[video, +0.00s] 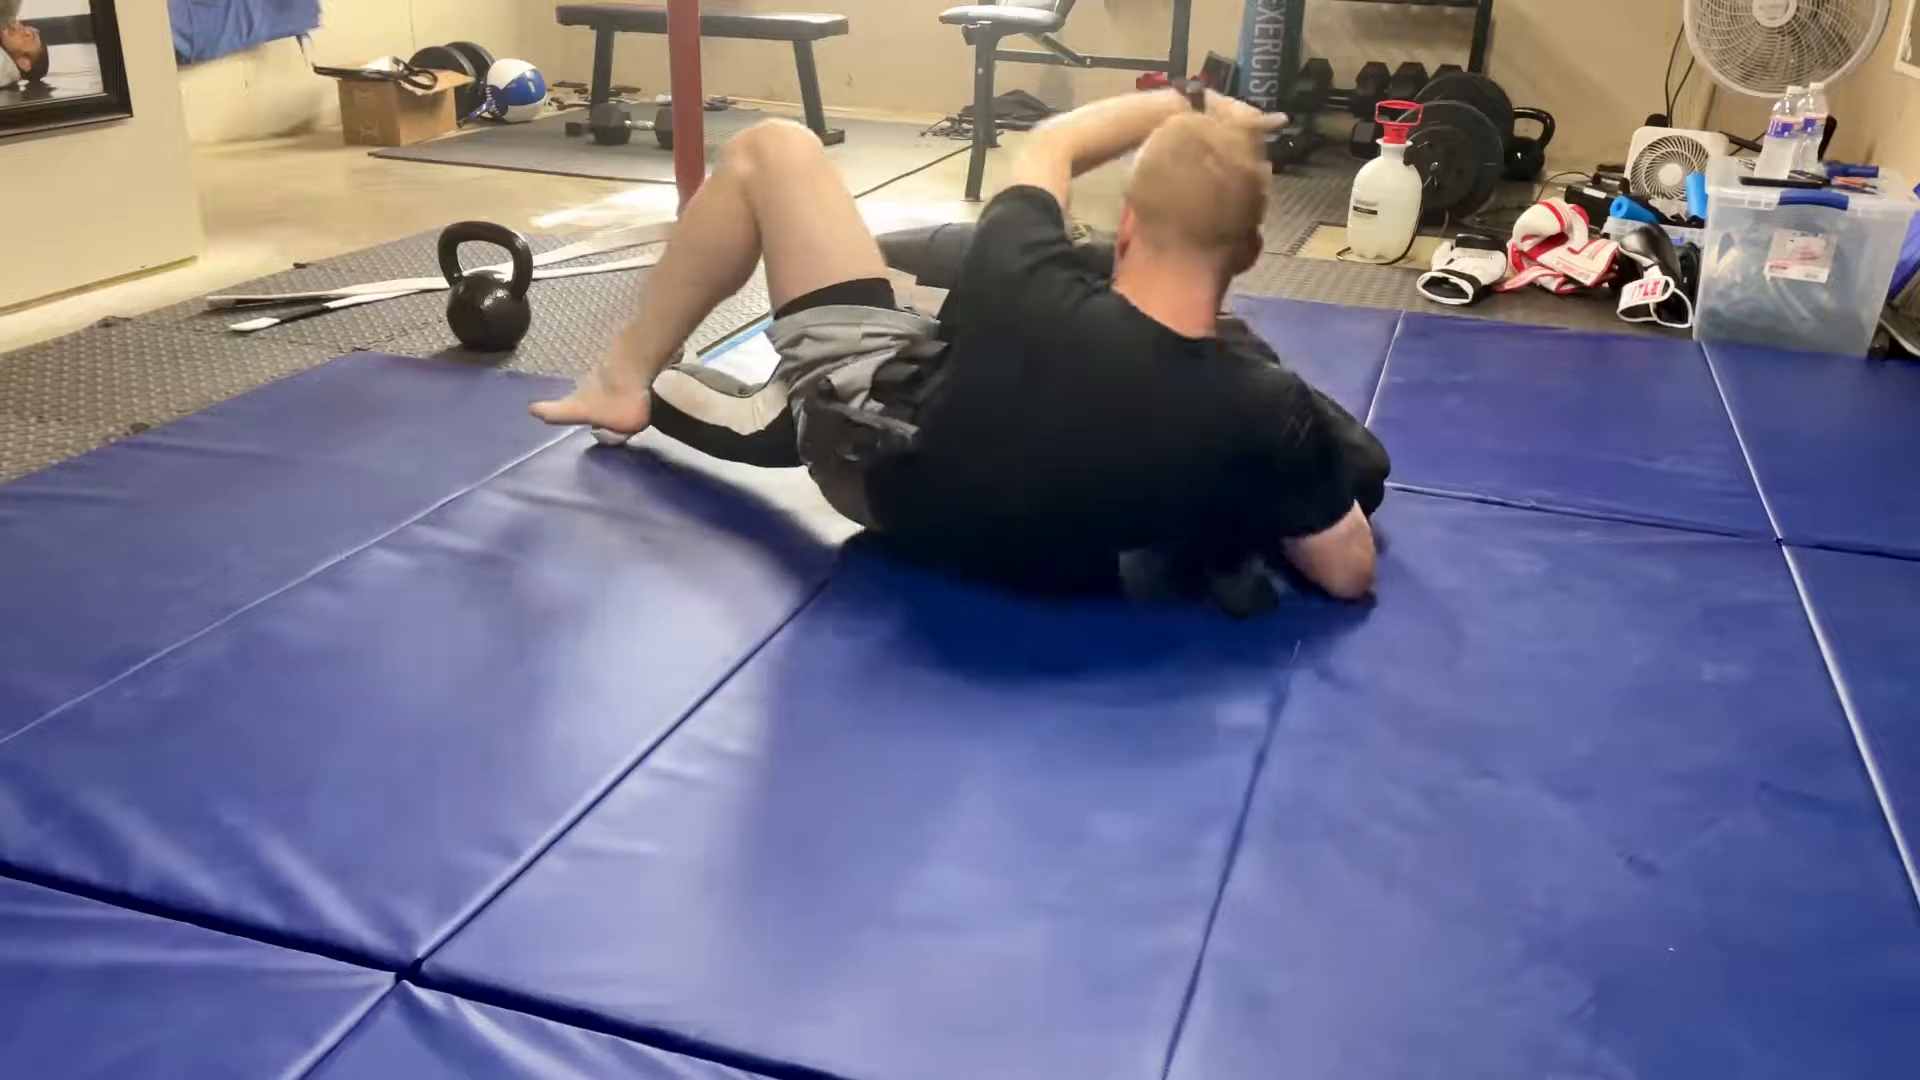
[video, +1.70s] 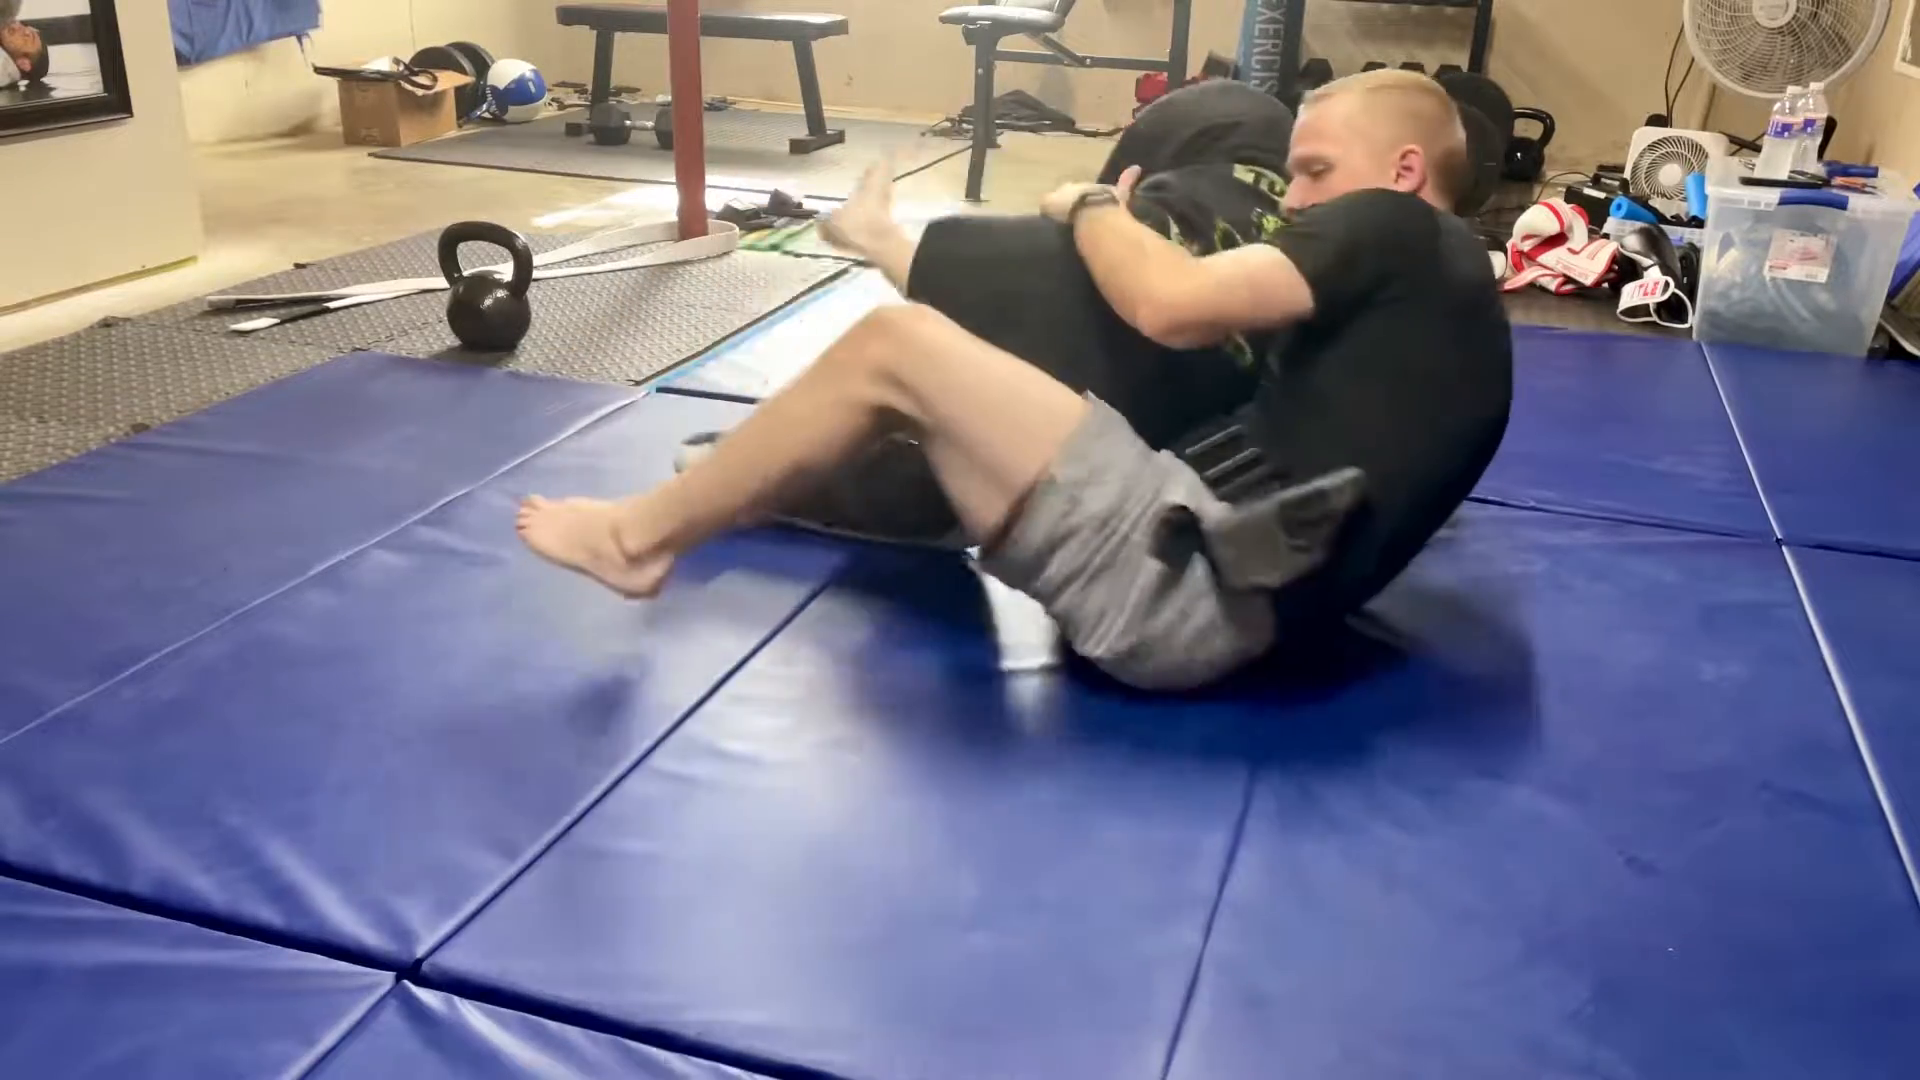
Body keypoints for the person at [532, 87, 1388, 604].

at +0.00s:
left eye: (1132, 187)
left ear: (1125, 218)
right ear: (1249, 257)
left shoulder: (1027, 276)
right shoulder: (1268, 416)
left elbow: (1054, 143)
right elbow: (1349, 575)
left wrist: (1176, 99)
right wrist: (1268, 476)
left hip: (884, 472)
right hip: (1046, 560)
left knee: (773, 147)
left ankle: (623, 380)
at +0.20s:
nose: (1114, 144)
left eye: (1123, 135)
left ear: (1122, 147)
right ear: (1243, 182)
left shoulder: (1018, 197)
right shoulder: (1268, 356)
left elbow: (1004, 140)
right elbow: (1291, 564)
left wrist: (1075, 149)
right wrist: (1214, 467)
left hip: (877, 467)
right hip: (1009, 540)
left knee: (756, 158)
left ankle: (663, 419)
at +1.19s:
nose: (1204, 189)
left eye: (1211, 175)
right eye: (1213, 172)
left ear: (1220, 202)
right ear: (1339, 237)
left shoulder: (1090, 285)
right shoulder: (1355, 409)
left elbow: (997, 186)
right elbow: (1283, 573)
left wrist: (1055, 127)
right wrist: (1238, 499)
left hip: (941, 480)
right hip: (1109, 538)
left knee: (763, 168)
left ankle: (726, 468)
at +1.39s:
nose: (1263, 200)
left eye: (1277, 183)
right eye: (1278, 180)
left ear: (1304, 211)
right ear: (1402, 250)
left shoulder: (1167, 310)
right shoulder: (1397, 403)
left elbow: (1014, 187)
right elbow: (1286, 573)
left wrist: (1087, 112)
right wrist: (1215, 480)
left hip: (958, 488)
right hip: (1094, 536)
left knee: (765, 203)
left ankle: (722, 487)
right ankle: (734, 404)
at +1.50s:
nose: (1296, 195)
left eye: (1314, 173)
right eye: (1311, 171)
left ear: (1367, 196)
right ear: (1417, 218)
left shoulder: (1246, 284)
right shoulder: (1430, 398)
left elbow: (1038, 198)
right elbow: (1289, 574)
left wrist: (1094, 118)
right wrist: (1235, 461)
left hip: (978, 490)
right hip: (1087, 552)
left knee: (760, 226)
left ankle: (718, 499)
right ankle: (752, 415)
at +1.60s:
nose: (1310, 187)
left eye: (1333, 167)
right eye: (1320, 165)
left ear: (1414, 182)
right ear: (1438, 193)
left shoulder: (1363, 244)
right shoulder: (1462, 371)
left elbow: (1107, 246)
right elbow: (1308, 570)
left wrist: (1089, 156)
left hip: (1080, 518)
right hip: (1157, 584)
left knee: (797, 264)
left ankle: (663, 493)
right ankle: (744, 429)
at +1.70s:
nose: (1290, 193)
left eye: (1314, 166)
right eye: (1297, 168)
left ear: (1408, 163)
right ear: (1419, 177)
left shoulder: (1396, 235)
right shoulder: (1461, 304)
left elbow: (1171, 304)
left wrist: (1091, 215)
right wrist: (1170, 258)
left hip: (1202, 580)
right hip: (1248, 592)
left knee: (898, 341)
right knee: (914, 385)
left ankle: (638, 534)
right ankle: (718, 496)